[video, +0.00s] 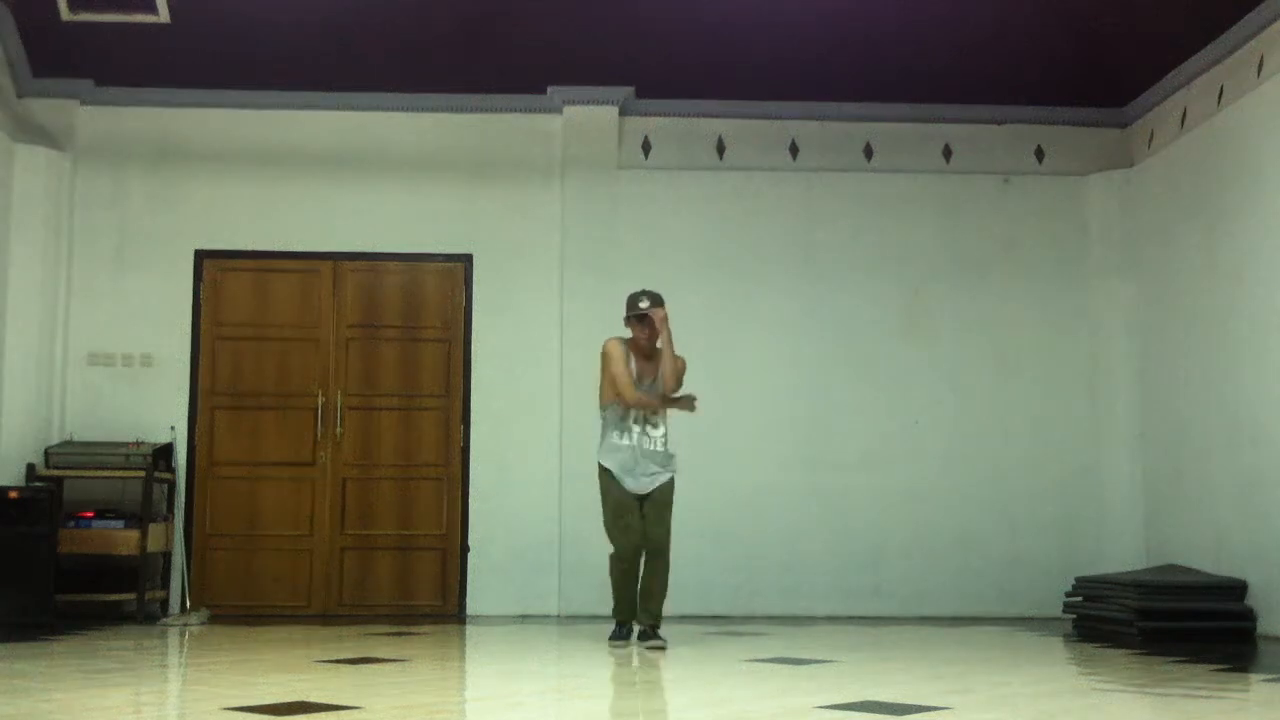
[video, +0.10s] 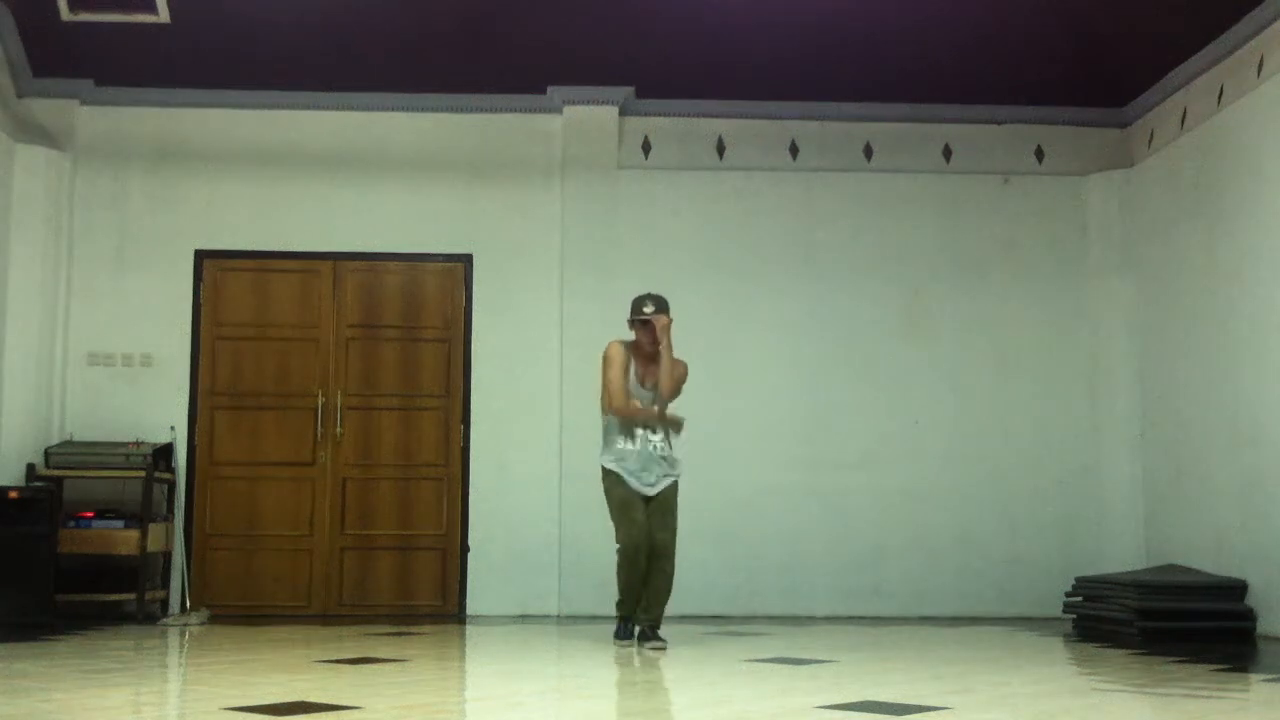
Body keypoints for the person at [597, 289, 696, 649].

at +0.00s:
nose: (644, 327)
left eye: (650, 320)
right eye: (638, 320)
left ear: (660, 324)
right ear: (628, 323)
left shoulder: (673, 362)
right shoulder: (615, 348)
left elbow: (666, 386)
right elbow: (628, 397)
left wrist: (666, 332)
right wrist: (674, 403)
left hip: (658, 466)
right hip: (617, 465)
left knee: (658, 546)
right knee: (627, 545)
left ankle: (649, 625)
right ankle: (623, 621)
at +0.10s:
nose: (644, 331)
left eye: (651, 325)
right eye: (639, 325)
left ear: (664, 327)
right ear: (631, 326)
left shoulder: (677, 367)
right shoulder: (618, 351)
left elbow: (665, 394)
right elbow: (617, 407)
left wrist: (666, 342)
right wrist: (660, 418)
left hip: (661, 468)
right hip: (620, 465)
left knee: (663, 545)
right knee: (634, 540)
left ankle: (649, 625)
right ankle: (626, 616)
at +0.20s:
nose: (646, 331)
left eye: (653, 324)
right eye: (641, 325)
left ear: (668, 326)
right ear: (632, 326)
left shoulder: (680, 365)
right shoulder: (617, 355)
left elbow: (665, 398)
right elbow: (603, 411)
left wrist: (664, 346)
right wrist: (633, 450)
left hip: (663, 467)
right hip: (621, 465)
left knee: (662, 546)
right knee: (630, 542)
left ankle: (651, 626)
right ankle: (631, 625)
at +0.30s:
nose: (646, 330)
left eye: (652, 324)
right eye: (640, 324)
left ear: (667, 323)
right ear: (630, 324)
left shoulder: (680, 358)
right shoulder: (614, 357)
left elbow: (666, 392)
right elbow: (588, 409)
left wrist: (659, 346)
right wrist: (589, 458)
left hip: (663, 466)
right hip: (621, 465)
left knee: (659, 546)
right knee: (626, 541)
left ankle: (651, 625)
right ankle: (631, 617)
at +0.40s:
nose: (639, 326)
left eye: (646, 319)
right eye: (633, 320)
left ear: (662, 319)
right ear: (625, 321)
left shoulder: (679, 352)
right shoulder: (611, 355)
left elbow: (666, 391)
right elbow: (573, 399)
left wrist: (657, 342)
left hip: (664, 464)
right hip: (622, 462)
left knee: (658, 545)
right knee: (625, 539)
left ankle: (650, 626)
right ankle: (627, 620)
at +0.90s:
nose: (620, 328)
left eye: (626, 320)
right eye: (615, 322)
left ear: (645, 319)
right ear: (610, 324)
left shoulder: (666, 349)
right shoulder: (603, 357)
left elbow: (657, 393)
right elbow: (558, 390)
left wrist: (640, 342)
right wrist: (509, 403)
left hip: (661, 471)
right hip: (616, 471)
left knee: (655, 551)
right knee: (616, 551)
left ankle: (650, 616)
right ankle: (623, 625)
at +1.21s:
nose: (621, 325)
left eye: (627, 317)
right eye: (614, 318)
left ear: (640, 319)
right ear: (604, 322)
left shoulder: (660, 346)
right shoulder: (599, 360)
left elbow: (673, 397)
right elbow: (550, 383)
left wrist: (645, 370)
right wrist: (497, 376)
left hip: (659, 468)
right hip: (616, 470)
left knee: (646, 542)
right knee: (619, 547)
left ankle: (652, 619)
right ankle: (631, 627)